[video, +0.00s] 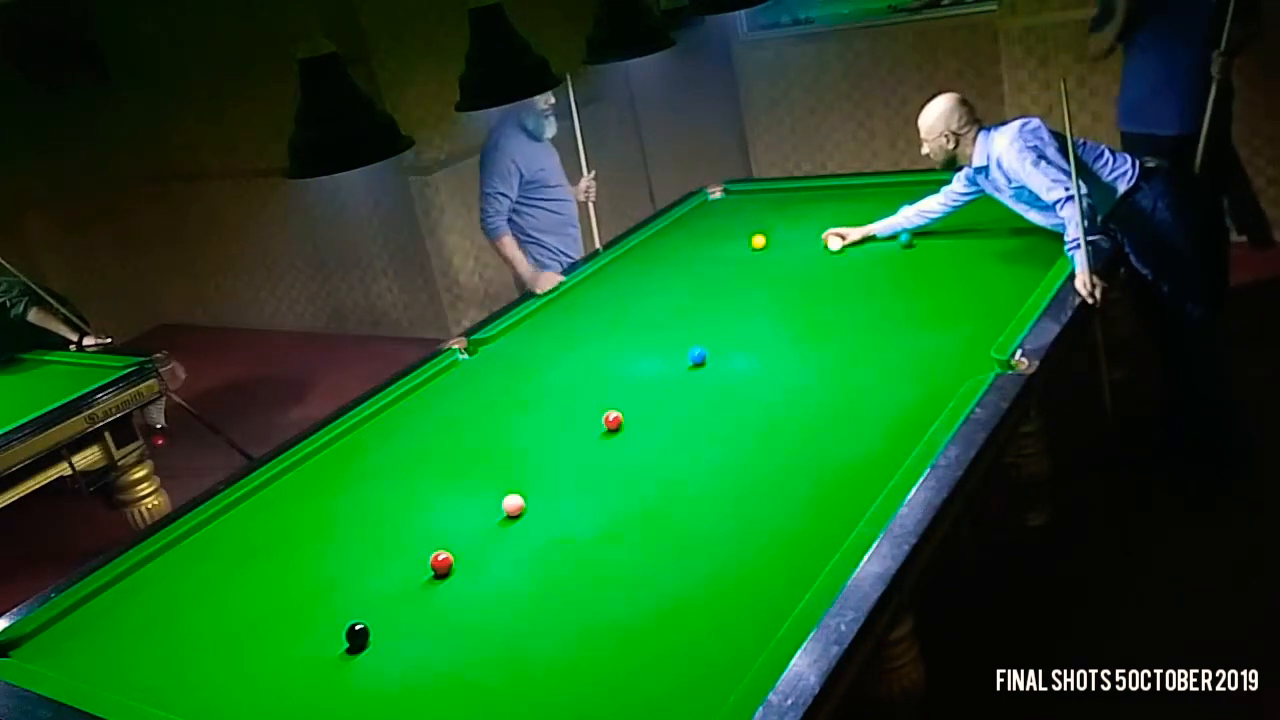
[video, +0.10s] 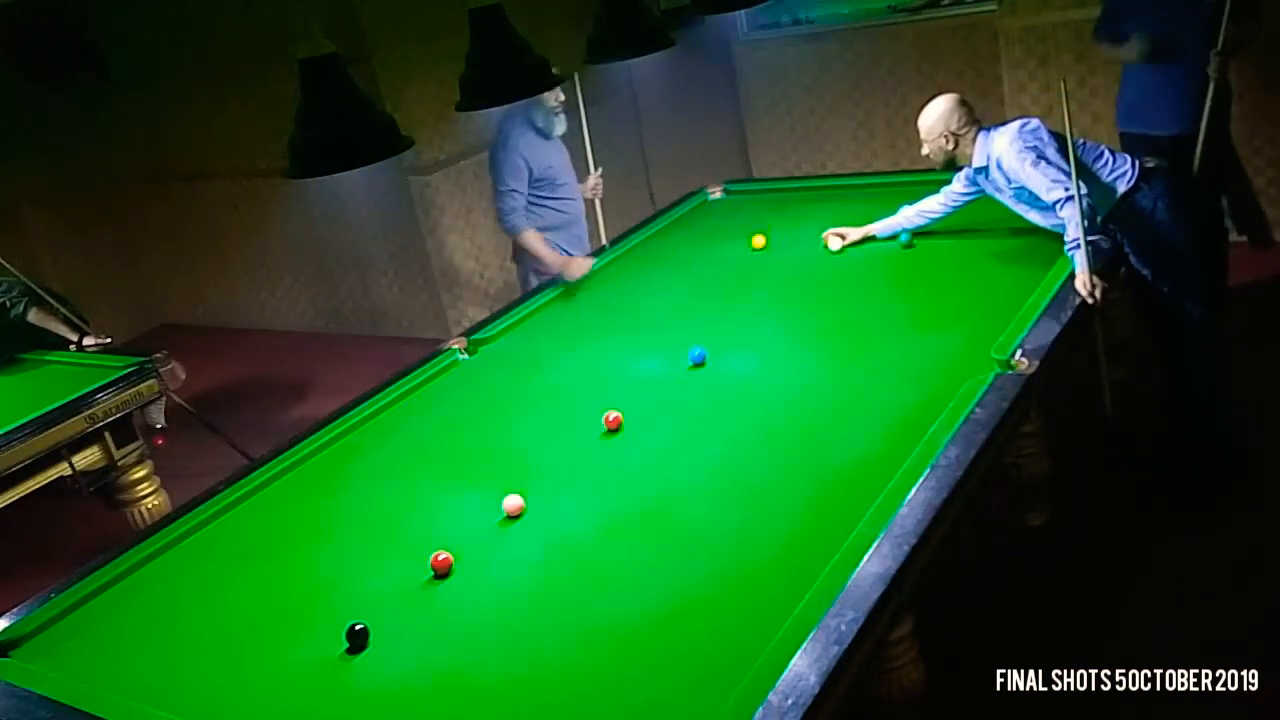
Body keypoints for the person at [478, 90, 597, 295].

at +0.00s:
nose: (551, 101)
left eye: (550, 92)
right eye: (540, 94)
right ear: (517, 102)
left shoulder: (532, 136)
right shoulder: (505, 146)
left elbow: (537, 195)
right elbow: (493, 221)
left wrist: (574, 193)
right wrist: (530, 275)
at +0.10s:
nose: (561, 98)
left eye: (559, 88)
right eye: (550, 91)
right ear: (528, 99)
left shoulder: (540, 130)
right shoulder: (512, 143)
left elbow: (545, 191)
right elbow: (512, 219)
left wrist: (581, 190)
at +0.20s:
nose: (574, 94)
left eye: (574, 86)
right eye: (564, 87)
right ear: (543, 92)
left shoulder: (559, 132)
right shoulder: (526, 139)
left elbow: (557, 191)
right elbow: (537, 216)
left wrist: (589, 188)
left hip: (581, 254)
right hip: (554, 263)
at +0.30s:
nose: (592, 92)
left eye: (593, 84)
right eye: (581, 85)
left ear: (598, 86)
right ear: (561, 90)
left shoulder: (577, 127)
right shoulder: (548, 133)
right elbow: (569, 202)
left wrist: (601, 184)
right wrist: (642, 230)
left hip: (592, 238)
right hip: (562, 248)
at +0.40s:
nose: (617, 90)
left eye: (617, 82)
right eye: (605, 83)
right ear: (579, 87)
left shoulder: (600, 120)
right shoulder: (573, 129)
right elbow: (614, 195)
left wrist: (614, 178)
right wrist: (681, 218)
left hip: (603, 234)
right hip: (572, 246)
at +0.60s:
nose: (672, 103)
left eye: (673, 94)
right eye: (662, 94)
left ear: (674, 91)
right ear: (634, 95)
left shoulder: (641, 124)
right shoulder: (622, 132)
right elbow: (679, 192)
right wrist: (749, 219)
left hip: (616, 233)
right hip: (582, 243)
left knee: (614, 310)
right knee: (580, 320)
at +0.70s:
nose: (693, 116)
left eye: (695, 107)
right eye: (684, 107)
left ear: (697, 104)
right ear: (657, 106)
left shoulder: (656, 131)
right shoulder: (643, 142)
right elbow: (702, 198)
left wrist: (700, 191)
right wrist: (771, 226)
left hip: (622, 230)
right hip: (586, 241)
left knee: (611, 312)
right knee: (577, 320)